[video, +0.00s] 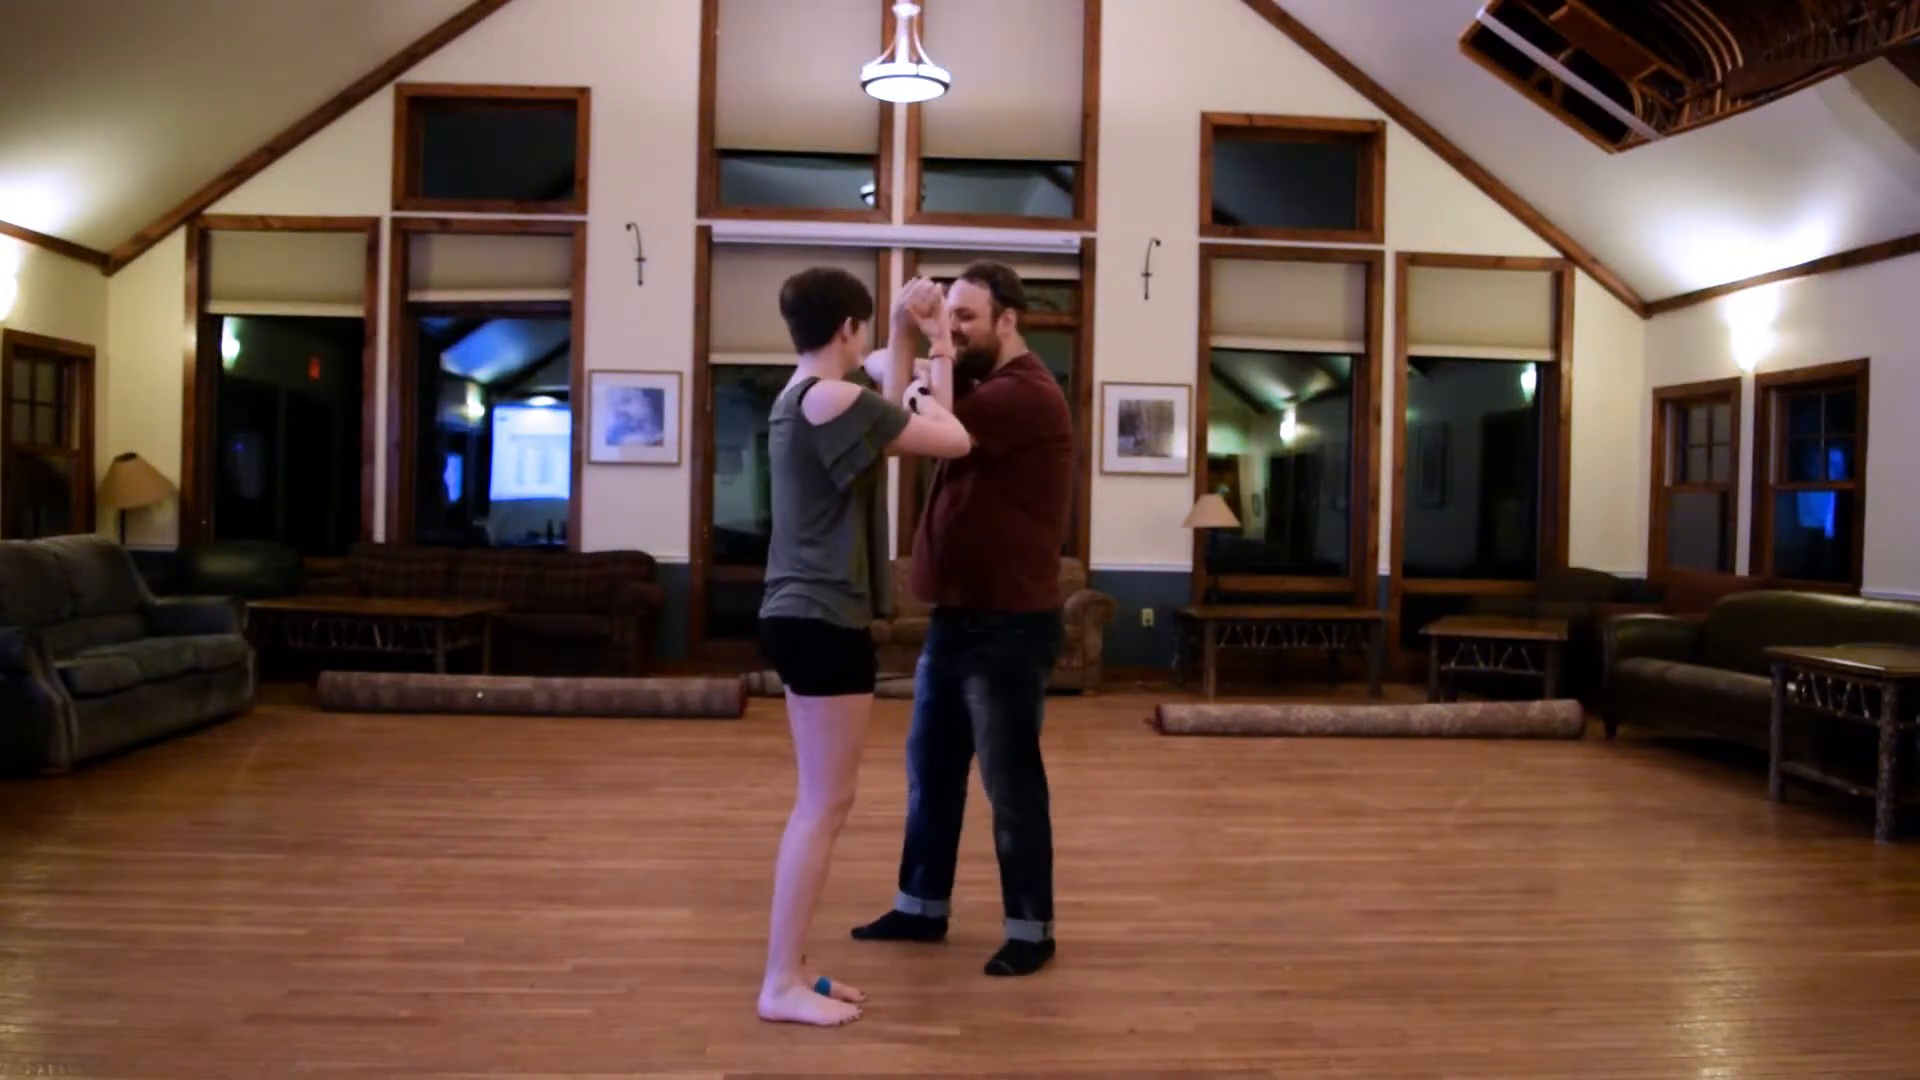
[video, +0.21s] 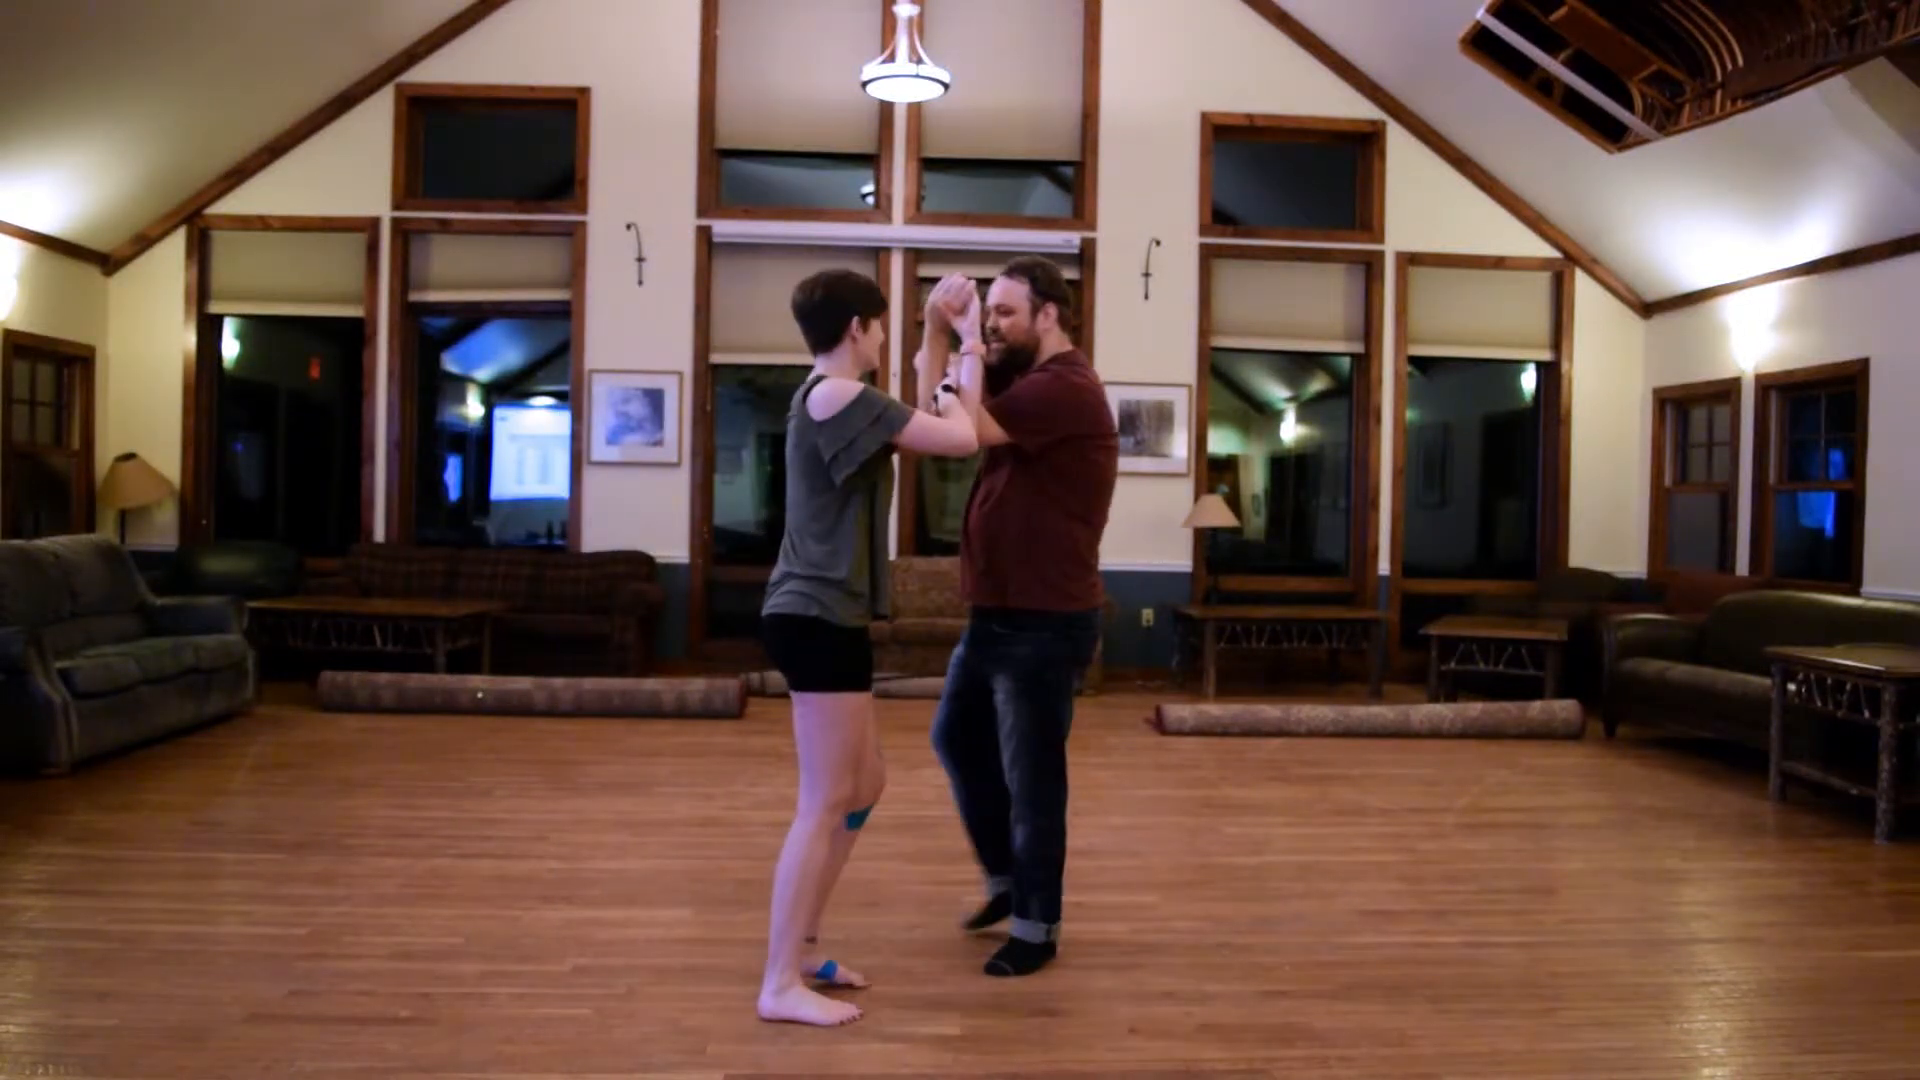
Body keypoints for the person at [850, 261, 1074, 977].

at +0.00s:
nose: (952, 329)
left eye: (967, 316)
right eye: (948, 316)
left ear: (1007, 322)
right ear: (955, 326)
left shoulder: (1029, 392)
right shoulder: (972, 385)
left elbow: (935, 428)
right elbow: (902, 411)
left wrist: (939, 349)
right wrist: (904, 329)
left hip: (1013, 620)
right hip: (956, 615)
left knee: (1010, 779)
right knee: (933, 766)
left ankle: (1030, 930)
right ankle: (921, 910)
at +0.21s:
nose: (991, 327)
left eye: (1005, 314)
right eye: (990, 315)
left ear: (1049, 315)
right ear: (1007, 321)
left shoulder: (1067, 385)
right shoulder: (1023, 381)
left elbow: (973, 424)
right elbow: (932, 413)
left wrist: (972, 349)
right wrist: (940, 329)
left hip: (1044, 619)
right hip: (995, 613)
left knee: (1032, 776)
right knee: (957, 739)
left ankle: (1038, 924)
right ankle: (1005, 877)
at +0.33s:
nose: (1018, 322)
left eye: (1030, 310)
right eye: (1016, 311)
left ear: (1073, 314)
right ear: (1032, 317)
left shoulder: (1090, 384)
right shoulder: (1045, 372)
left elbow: (990, 427)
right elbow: (969, 396)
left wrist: (977, 347)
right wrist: (966, 329)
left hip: (1064, 617)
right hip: (1019, 611)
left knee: (1045, 775)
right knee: (998, 748)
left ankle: (1039, 928)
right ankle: (1099, 863)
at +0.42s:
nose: (1032, 324)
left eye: (1044, 312)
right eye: (1031, 313)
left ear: (1086, 315)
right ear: (1058, 317)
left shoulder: (1101, 386)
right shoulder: (1061, 371)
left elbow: (996, 430)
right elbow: (974, 399)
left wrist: (990, 352)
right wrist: (974, 331)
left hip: (1076, 615)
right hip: (1036, 610)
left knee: (1049, 767)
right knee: (1043, 761)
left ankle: (1038, 927)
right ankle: (1135, 884)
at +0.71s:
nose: (1074, 329)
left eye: (1084, 316)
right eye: (1072, 317)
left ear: (1127, 318)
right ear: (1117, 321)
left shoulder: (1145, 386)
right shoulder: (1117, 377)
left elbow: (1034, 431)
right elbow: (1015, 407)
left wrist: (1031, 349)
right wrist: (1016, 335)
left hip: (1124, 616)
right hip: (1120, 613)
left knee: (1075, 767)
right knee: (1136, 768)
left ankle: (1066, 927)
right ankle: (1160, 926)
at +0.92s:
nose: (1116, 330)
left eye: (1127, 316)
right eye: (1114, 317)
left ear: (1170, 318)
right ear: (1158, 321)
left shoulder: (1186, 387)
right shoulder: (1155, 379)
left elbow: (1080, 434)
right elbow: (1062, 413)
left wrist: (1072, 352)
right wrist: (1058, 340)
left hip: (1167, 616)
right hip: (1145, 612)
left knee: (1122, 761)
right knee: (1147, 763)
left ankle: (1206, 904)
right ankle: (1164, 917)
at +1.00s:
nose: (1132, 330)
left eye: (1142, 317)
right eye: (1131, 317)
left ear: (1183, 318)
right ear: (1170, 320)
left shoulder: (1205, 387)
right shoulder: (1164, 376)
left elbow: (1105, 438)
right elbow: (1076, 418)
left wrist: (1103, 362)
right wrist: (1079, 342)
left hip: (1183, 615)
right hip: (1148, 611)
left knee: (1159, 774)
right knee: (1151, 773)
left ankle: (1247, 907)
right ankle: (1160, 926)